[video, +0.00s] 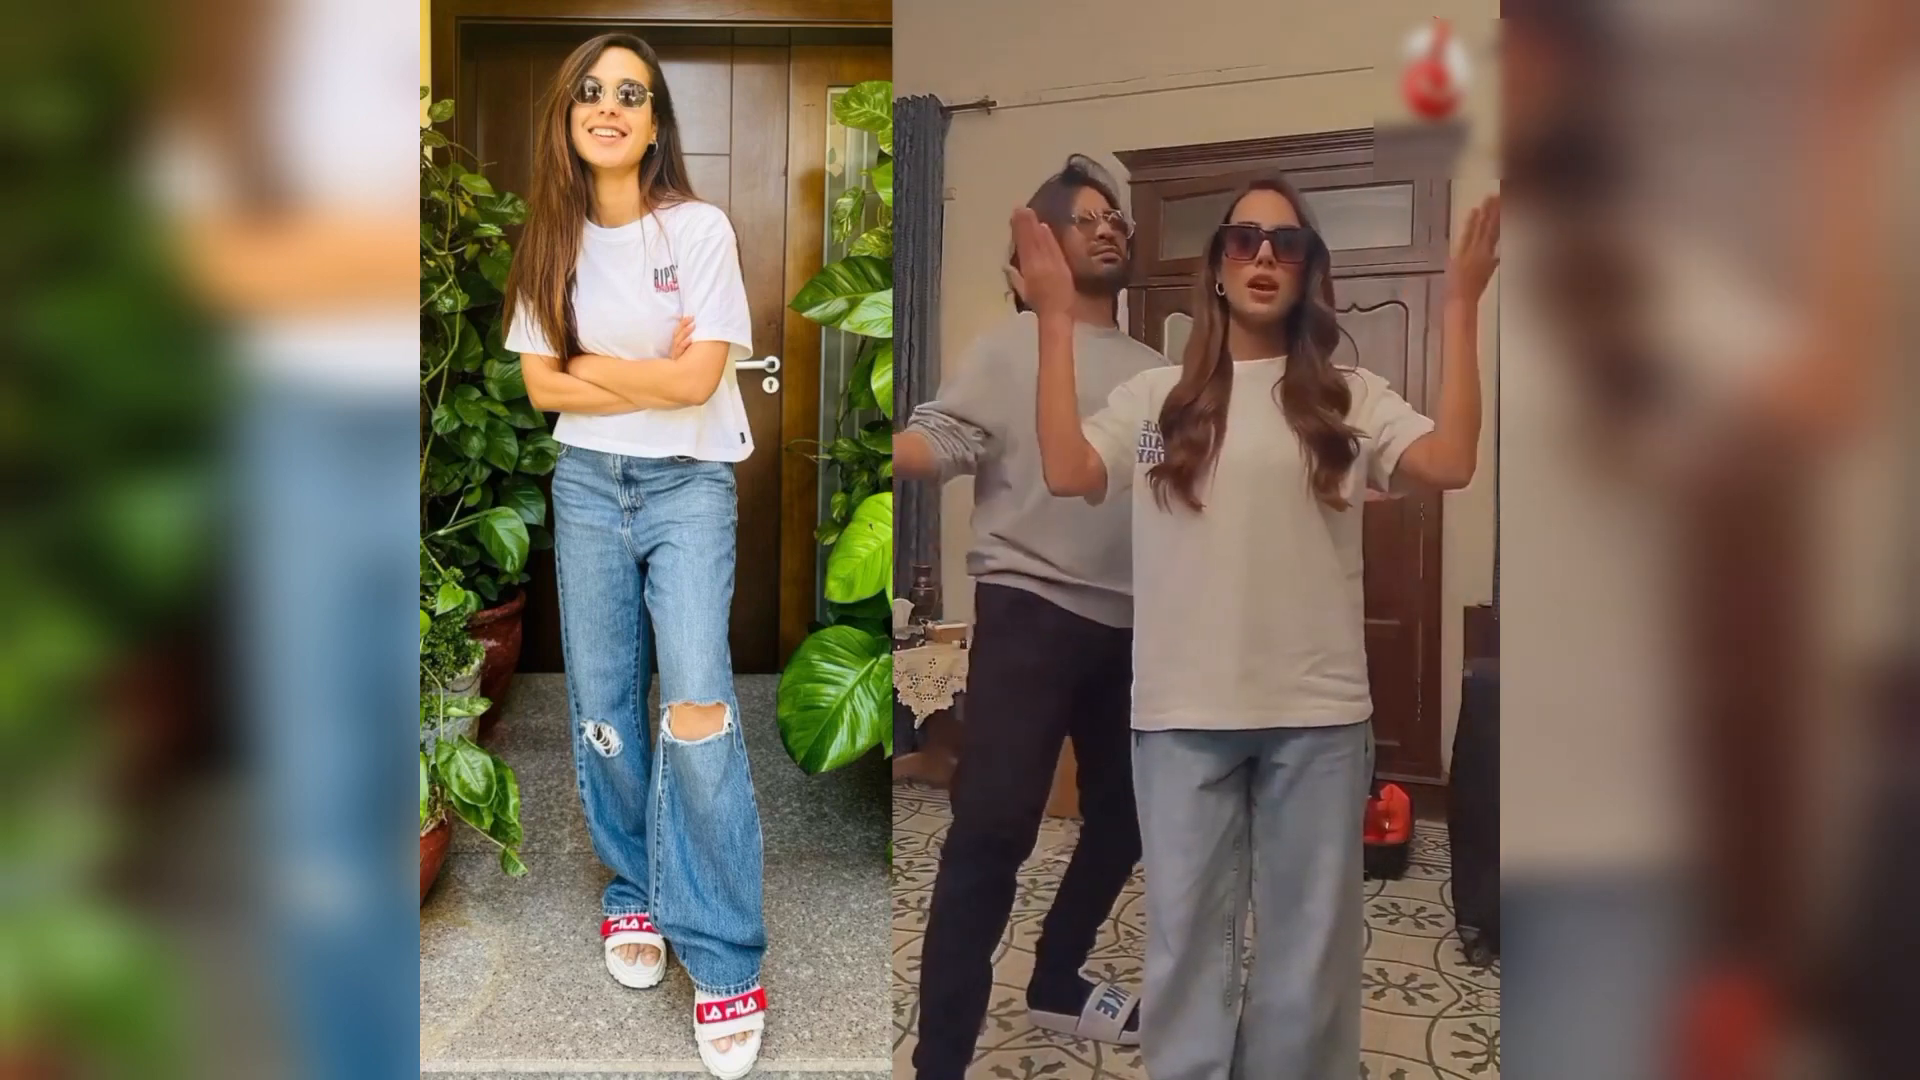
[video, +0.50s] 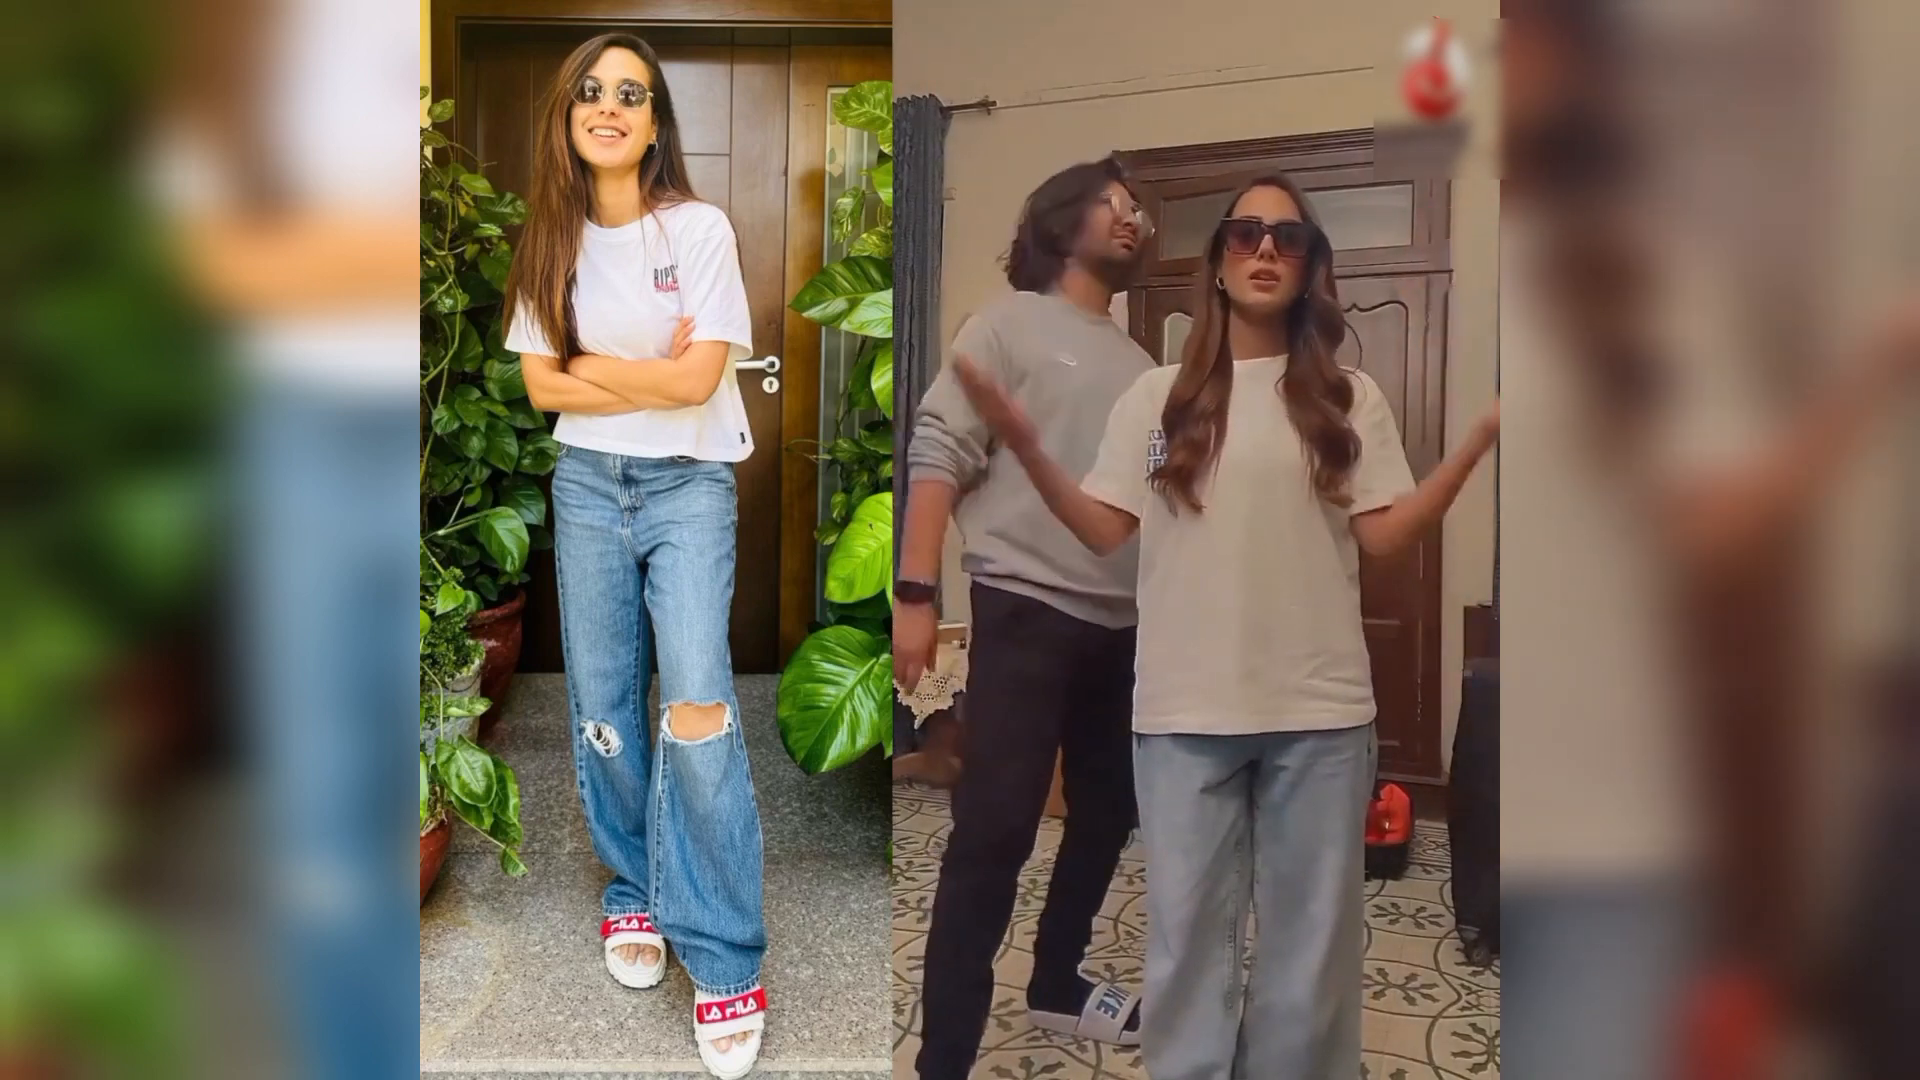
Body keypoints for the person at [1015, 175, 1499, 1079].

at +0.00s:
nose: (1264, 256)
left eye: (1286, 243)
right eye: (1245, 240)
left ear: (1311, 271)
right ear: (1217, 266)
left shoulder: (1346, 392)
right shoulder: (1160, 391)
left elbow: (1452, 464)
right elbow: (1069, 470)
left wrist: (1463, 303)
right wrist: (1054, 311)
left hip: (1319, 717)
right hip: (1182, 719)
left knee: (1311, 960)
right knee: (1182, 950)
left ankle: (1295, 1072)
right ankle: (1185, 1068)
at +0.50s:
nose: (1266, 248)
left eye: (1286, 236)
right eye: (1247, 234)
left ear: (1311, 263)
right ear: (1217, 258)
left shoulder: (1347, 392)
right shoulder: (1159, 391)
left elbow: (1384, 537)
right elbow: (1105, 531)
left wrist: (1471, 451)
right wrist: (1026, 446)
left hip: (1320, 707)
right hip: (1184, 708)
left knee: (1315, 944)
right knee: (1185, 938)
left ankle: (1294, 1075)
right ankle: (1186, 1069)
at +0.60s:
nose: (1265, 249)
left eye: (1286, 238)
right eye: (1246, 236)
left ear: (1312, 265)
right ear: (1218, 263)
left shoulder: (1350, 398)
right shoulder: (1159, 398)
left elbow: (1370, 539)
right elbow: (1124, 532)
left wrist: (1430, 579)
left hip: (1321, 713)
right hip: (1182, 713)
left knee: (1312, 948)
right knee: (1185, 940)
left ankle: (1297, 1070)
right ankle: (1186, 1066)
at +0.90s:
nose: (1261, 252)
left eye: (1283, 239)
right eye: (1242, 237)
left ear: (1308, 266)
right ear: (1215, 262)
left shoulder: (1348, 394)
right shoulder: (1156, 395)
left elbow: (1422, 518)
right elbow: (1128, 535)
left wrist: (1331, 494)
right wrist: (1198, 523)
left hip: (1318, 715)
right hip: (1182, 716)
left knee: (1313, 954)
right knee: (1184, 946)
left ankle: (1292, 1073)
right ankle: (1185, 1070)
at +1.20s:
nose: (1260, 248)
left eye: (1283, 238)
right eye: (1240, 235)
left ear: (1307, 269)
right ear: (1212, 265)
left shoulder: (1347, 395)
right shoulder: (1155, 397)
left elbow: (1410, 549)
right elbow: (1118, 552)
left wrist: (1372, 466)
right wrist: (1154, 469)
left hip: (1321, 714)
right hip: (1182, 717)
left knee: (1312, 959)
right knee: (1184, 949)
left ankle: (1293, 1073)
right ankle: (1185, 1069)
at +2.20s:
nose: (1262, 250)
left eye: (1282, 237)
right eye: (1243, 235)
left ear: (1309, 262)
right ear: (1213, 258)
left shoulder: (1346, 393)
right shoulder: (1156, 392)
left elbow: (1385, 540)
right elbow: (1113, 536)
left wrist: (1470, 491)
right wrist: (1029, 481)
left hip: (1318, 707)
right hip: (1182, 708)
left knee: (1312, 946)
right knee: (1183, 941)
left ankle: (1293, 1074)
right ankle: (1186, 1069)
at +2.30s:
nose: (1263, 252)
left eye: (1284, 240)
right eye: (1244, 237)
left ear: (1309, 269)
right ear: (1215, 265)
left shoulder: (1344, 397)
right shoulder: (1156, 397)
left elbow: (1386, 545)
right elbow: (1111, 538)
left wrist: (1476, 679)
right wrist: (1045, 652)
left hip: (1318, 716)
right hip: (1180, 716)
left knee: (1312, 952)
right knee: (1183, 945)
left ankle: (1296, 1072)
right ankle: (1184, 1067)